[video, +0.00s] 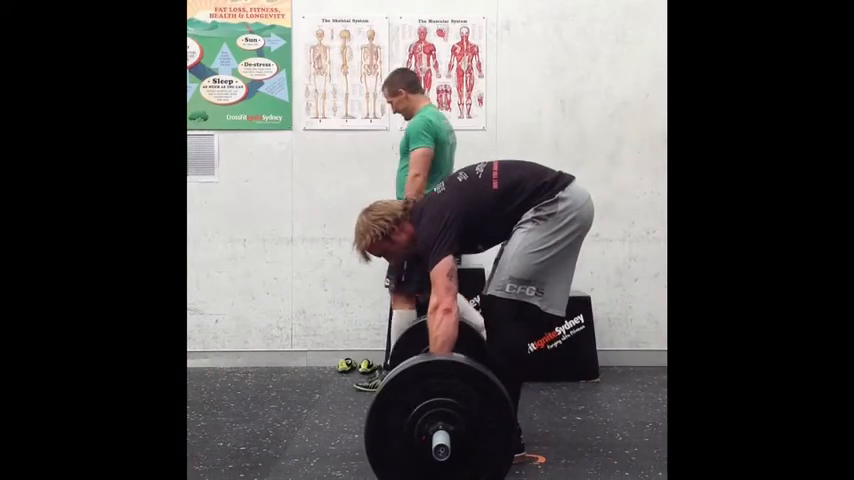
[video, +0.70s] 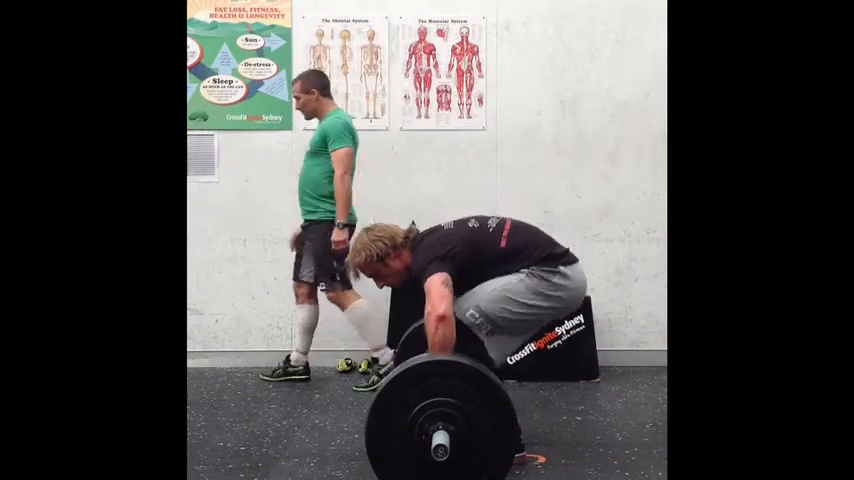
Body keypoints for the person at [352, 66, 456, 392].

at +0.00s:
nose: (392, 108)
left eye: (392, 101)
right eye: (389, 102)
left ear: (404, 93)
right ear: (414, 91)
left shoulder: (421, 124)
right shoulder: (437, 120)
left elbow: (418, 181)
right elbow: (437, 179)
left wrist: (407, 229)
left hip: (419, 228)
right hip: (437, 224)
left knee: (402, 295)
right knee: (442, 291)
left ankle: (396, 372)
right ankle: (493, 337)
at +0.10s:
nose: (378, 107)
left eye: (377, 100)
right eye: (376, 101)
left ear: (390, 91)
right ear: (397, 89)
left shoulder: (407, 122)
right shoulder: (424, 118)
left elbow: (397, 174)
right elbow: (421, 173)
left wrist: (376, 217)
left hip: (405, 214)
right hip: (421, 211)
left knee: (394, 288)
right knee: (401, 282)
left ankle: (397, 369)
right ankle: (451, 314)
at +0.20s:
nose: (366, 105)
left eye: (365, 97)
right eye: (363, 99)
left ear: (378, 89)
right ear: (386, 87)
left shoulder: (395, 120)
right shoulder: (408, 116)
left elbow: (381, 170)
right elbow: (396, 170)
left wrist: (347, 212)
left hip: (391, 213)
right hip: (400, 209)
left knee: (391, 291)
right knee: (362, 277)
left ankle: (400, 369)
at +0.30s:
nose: (352, 104)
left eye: (352, 96)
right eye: (350, 97)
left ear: (365, 90)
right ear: (372, 89)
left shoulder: (384, 120)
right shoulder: (393, 117)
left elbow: (369, 171)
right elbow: (375, 170)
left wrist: (333, 207)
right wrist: (340, 201)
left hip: (381, 217)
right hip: (383, 214)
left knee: (385, 293)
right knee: (344, 274)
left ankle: (397, 369)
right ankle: (374, 346)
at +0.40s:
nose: (340, 105)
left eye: (340, 98)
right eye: (338, 99)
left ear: (353, 92)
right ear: (358, 91)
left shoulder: (373, 121)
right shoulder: (376, 119)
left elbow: (363, 172)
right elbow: (365, 173)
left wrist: (327, 209)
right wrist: (333, 206)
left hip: (369, 218)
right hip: (369, 216)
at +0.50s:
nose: (326, 108)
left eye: (327, 101)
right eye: (325, 102)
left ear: (341, 94)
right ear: (344, 94)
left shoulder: (363, 124)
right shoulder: (362, 122)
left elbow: (356, 175)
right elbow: (356, 176)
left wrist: (329, 218)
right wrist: (331, 217)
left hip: (356, 222)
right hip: (349, 220)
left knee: (372, 295)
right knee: (331, 292)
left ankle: (395, 367)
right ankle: (307, 358)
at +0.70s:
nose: (296, 105)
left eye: (298, 98)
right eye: (295, 98)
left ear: (315, 94)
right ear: (314, 94)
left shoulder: (337, 123)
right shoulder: (326, 125)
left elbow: (343, 175)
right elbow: (322, 180)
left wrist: (341, 225)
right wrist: (306, 227)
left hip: (329, 224)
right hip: (314, 224)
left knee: (338, 291)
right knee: (304, 289)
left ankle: (385, 358)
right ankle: (298, 362)